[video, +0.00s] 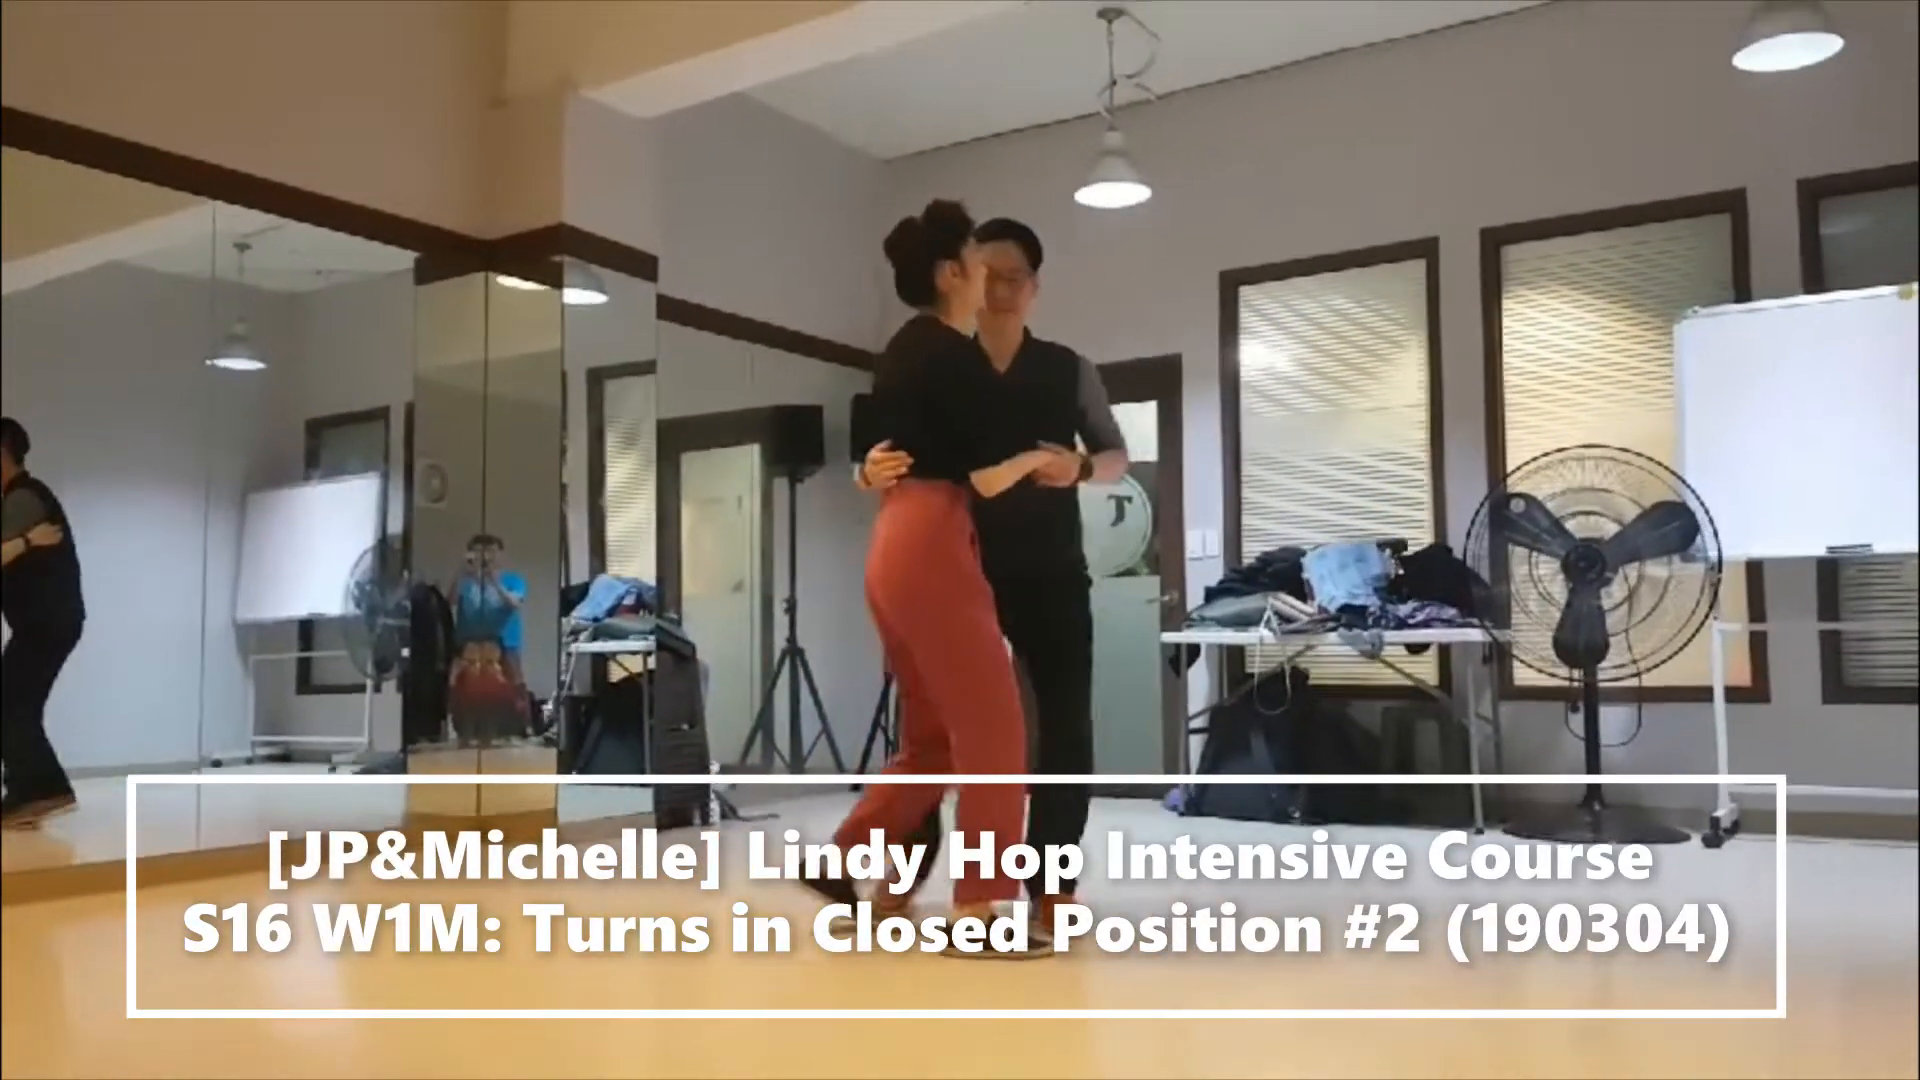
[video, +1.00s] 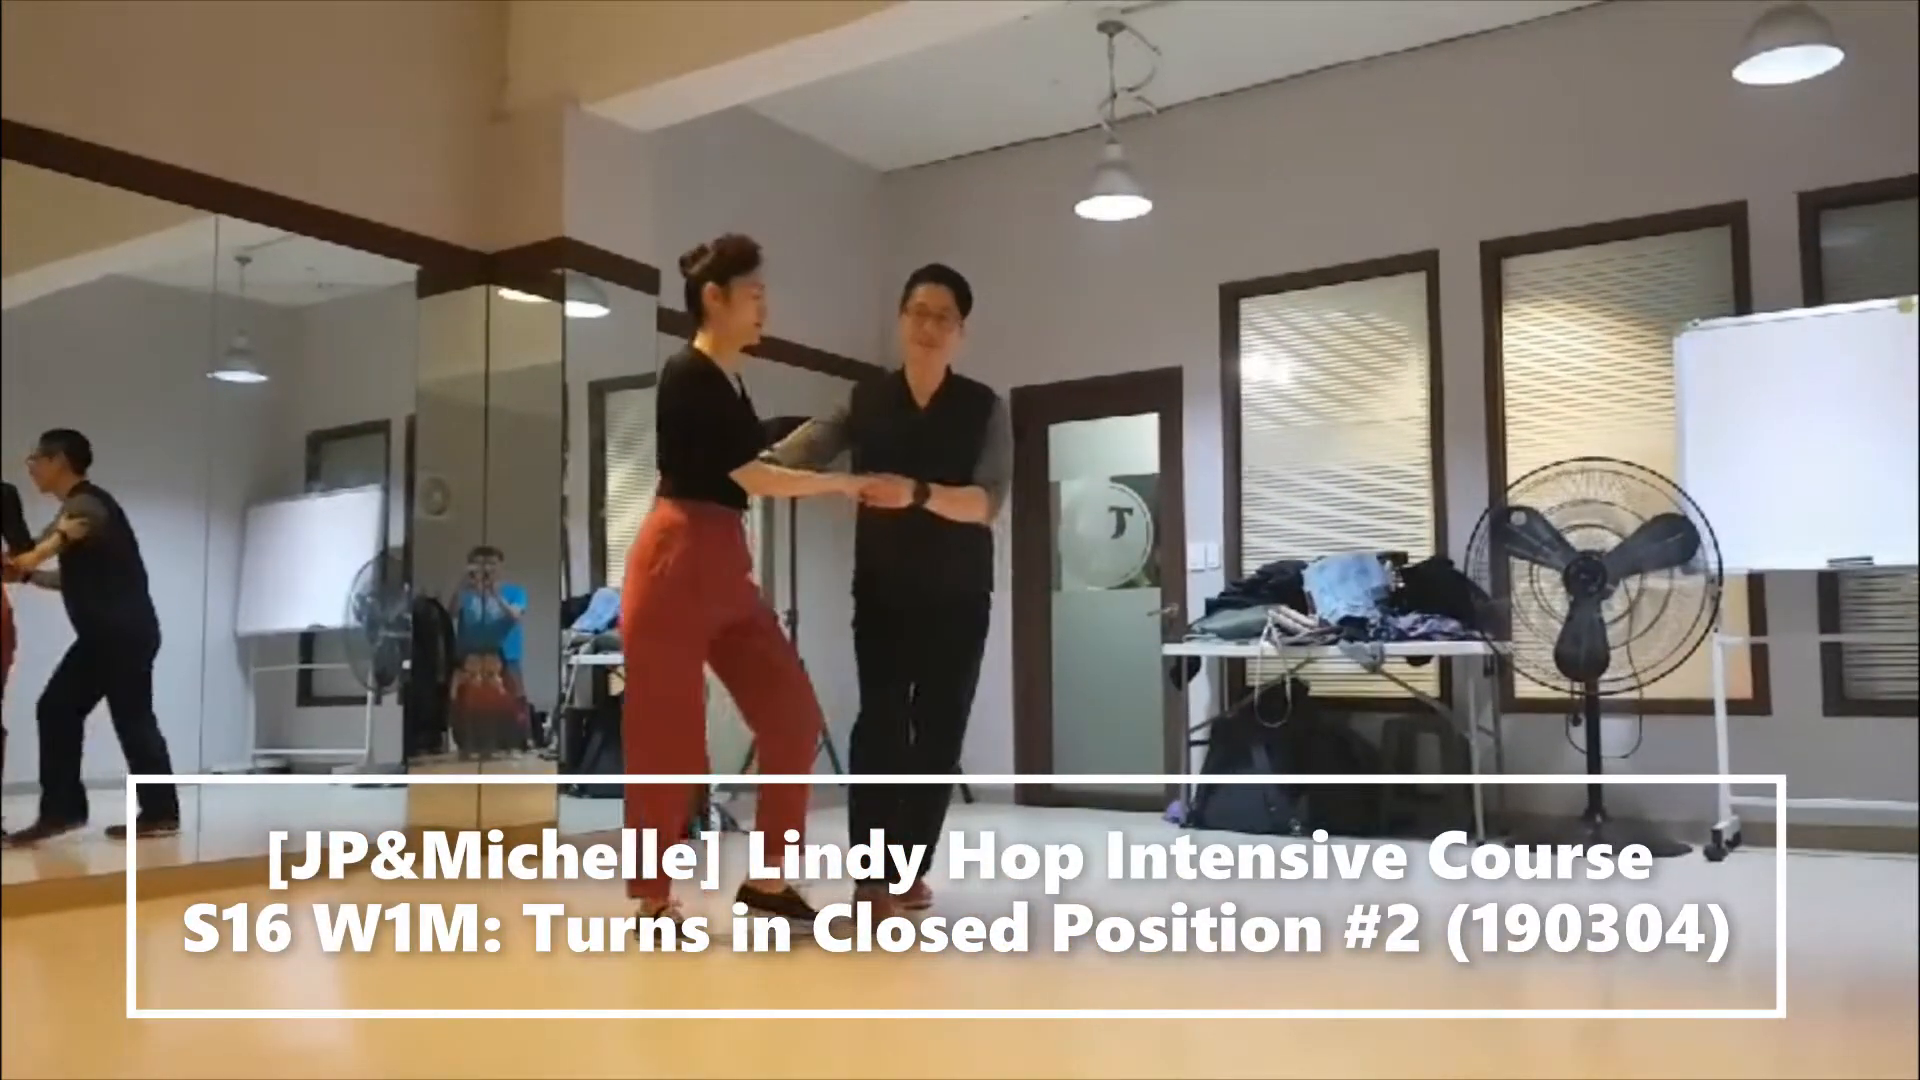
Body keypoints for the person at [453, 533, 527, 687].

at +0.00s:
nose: (485, 557)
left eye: (490, 551)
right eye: (479, 551)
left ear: (499, 554)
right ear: (471, 554)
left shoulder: (512, 580)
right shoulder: (466, 581)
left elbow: (514, 603)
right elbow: (451, 601)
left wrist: (494, 580)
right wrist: (461, 571)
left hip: (504, 647)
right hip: (470, 646)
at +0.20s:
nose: (484, 560)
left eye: (489, 554)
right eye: (479, 555)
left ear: (499, 558)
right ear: (471, 558)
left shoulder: (512, 584)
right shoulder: (465, 585)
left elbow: (514, 606)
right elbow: (451, 604)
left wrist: (493, 584)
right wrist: (461, 574)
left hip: (504, 651)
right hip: (470, 651)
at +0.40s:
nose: (485, 564)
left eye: (490, 558)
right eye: (479, 558)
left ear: (499, 561)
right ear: (471, 562)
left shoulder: (513, 588)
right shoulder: (466, 588)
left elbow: (513, 610)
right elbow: (451, 608)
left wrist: (494, 587)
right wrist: (462, 577)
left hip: (505, 655)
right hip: (471, 655)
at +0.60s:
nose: (486, 568)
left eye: (491, 562)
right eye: (480, 562)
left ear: (500, 565)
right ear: (472, 566)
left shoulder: (514, 591)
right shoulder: (467, 592)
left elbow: (515, 613)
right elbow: (452, 610)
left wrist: (495, 591)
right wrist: (463, 580)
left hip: (505, 658)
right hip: (472, 658)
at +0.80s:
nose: (487, 569)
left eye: (492, 563)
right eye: (481, 563)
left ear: (500, 567)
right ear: (473, 567)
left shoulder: (514, 592)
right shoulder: (467, 593)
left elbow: (516, 616)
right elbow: (453, 613)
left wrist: (496, 594)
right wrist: (464, 584)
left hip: (506, 660)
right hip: (472, 660)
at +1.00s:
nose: (486, 569)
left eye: (491, 563)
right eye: (480, 564)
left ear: (500, 567)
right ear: (472, 567)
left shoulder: (514, 593)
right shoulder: (466, 594)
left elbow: (516, 616)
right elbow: (452, 612)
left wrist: (496, 594)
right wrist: (463, 584)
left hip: (505, 660)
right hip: (472, 660)